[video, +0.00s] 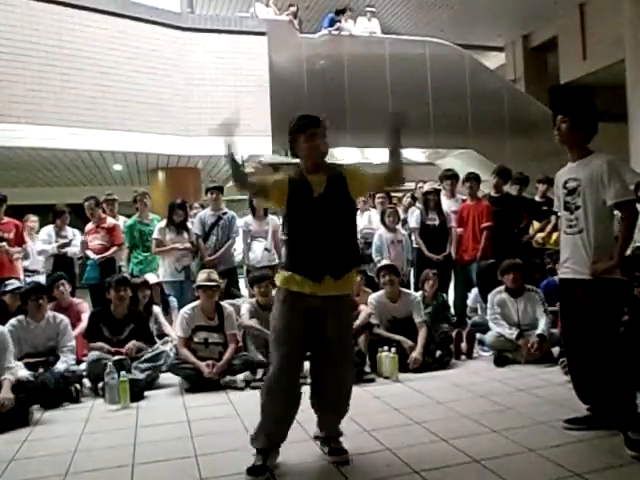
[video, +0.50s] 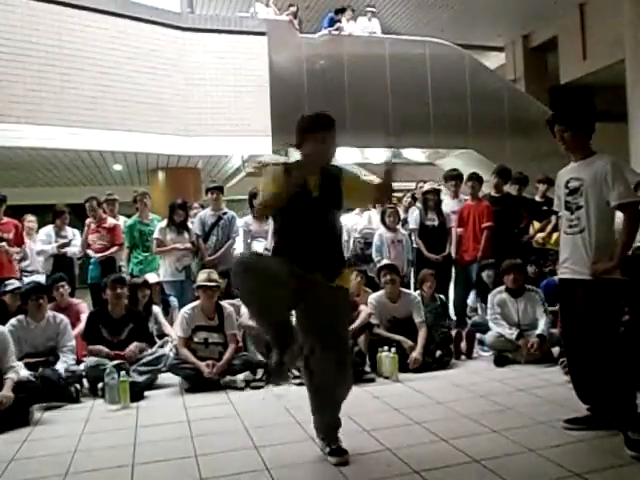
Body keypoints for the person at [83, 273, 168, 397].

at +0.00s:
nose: (122, 294)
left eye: (125, 290)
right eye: (117, 291)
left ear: (130, 293)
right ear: (109, 295)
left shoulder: (139, 317)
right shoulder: (97, 316)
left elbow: (151, 347)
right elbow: (90, 345)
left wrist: (137, 344)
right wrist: (102, 346)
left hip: (135, 358)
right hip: (107, 359)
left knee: (165, 353)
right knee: (94, 359)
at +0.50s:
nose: (118, 292)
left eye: (122, 288)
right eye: (113, 289)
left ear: (127, 292)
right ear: (105, 295)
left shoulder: (137, 316)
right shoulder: (95, 316)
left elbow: (150, 345)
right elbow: (90, 348)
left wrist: (137, 346)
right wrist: (112, 355)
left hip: (134, 360)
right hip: (106, 361)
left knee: (165, 354)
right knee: (90, 364)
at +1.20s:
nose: (118, 297)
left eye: (120, 292)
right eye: (112, 294)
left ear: (125, 294)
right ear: (103, 300)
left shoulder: (136, 316)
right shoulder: (95, 321)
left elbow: (152, 342)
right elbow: (90, 352)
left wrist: (141, 356)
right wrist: (113, 361)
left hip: (134, 362)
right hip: (107, 363)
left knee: (164, 356)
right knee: (86, 368)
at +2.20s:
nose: (127, 309)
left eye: (130, 304)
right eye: (121, 305)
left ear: (134, 306)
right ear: (111, 307)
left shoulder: (139, 321)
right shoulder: (101, 323)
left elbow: (149, 349)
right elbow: (90, 356)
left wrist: (137, 369)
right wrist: (109, 363)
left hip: (133, 362)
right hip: (108, 363)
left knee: (163, 358)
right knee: (86, 369)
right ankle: (134, 382)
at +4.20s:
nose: (130, 310)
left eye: (133, 306)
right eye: (125, 307)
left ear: (138, 308)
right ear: (114, 310)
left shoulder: (144, 324)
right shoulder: (104, 327)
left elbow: (153, 352)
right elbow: (94, 359)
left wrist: (141, 372)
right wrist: (119, 366)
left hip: (137, 365)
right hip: (112, 367)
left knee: (168, 360)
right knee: (89, 372)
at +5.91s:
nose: (129, 311)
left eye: (133, 306)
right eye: (124, 307)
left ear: (137, 308)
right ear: (114, 310)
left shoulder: (144, 324)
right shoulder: (104, 327)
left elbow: (153, 352)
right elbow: (94, 359)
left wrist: (141, 372)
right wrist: (120, 366)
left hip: (137, 365)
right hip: (112, 367)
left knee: (168, 361)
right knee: (89, 372)